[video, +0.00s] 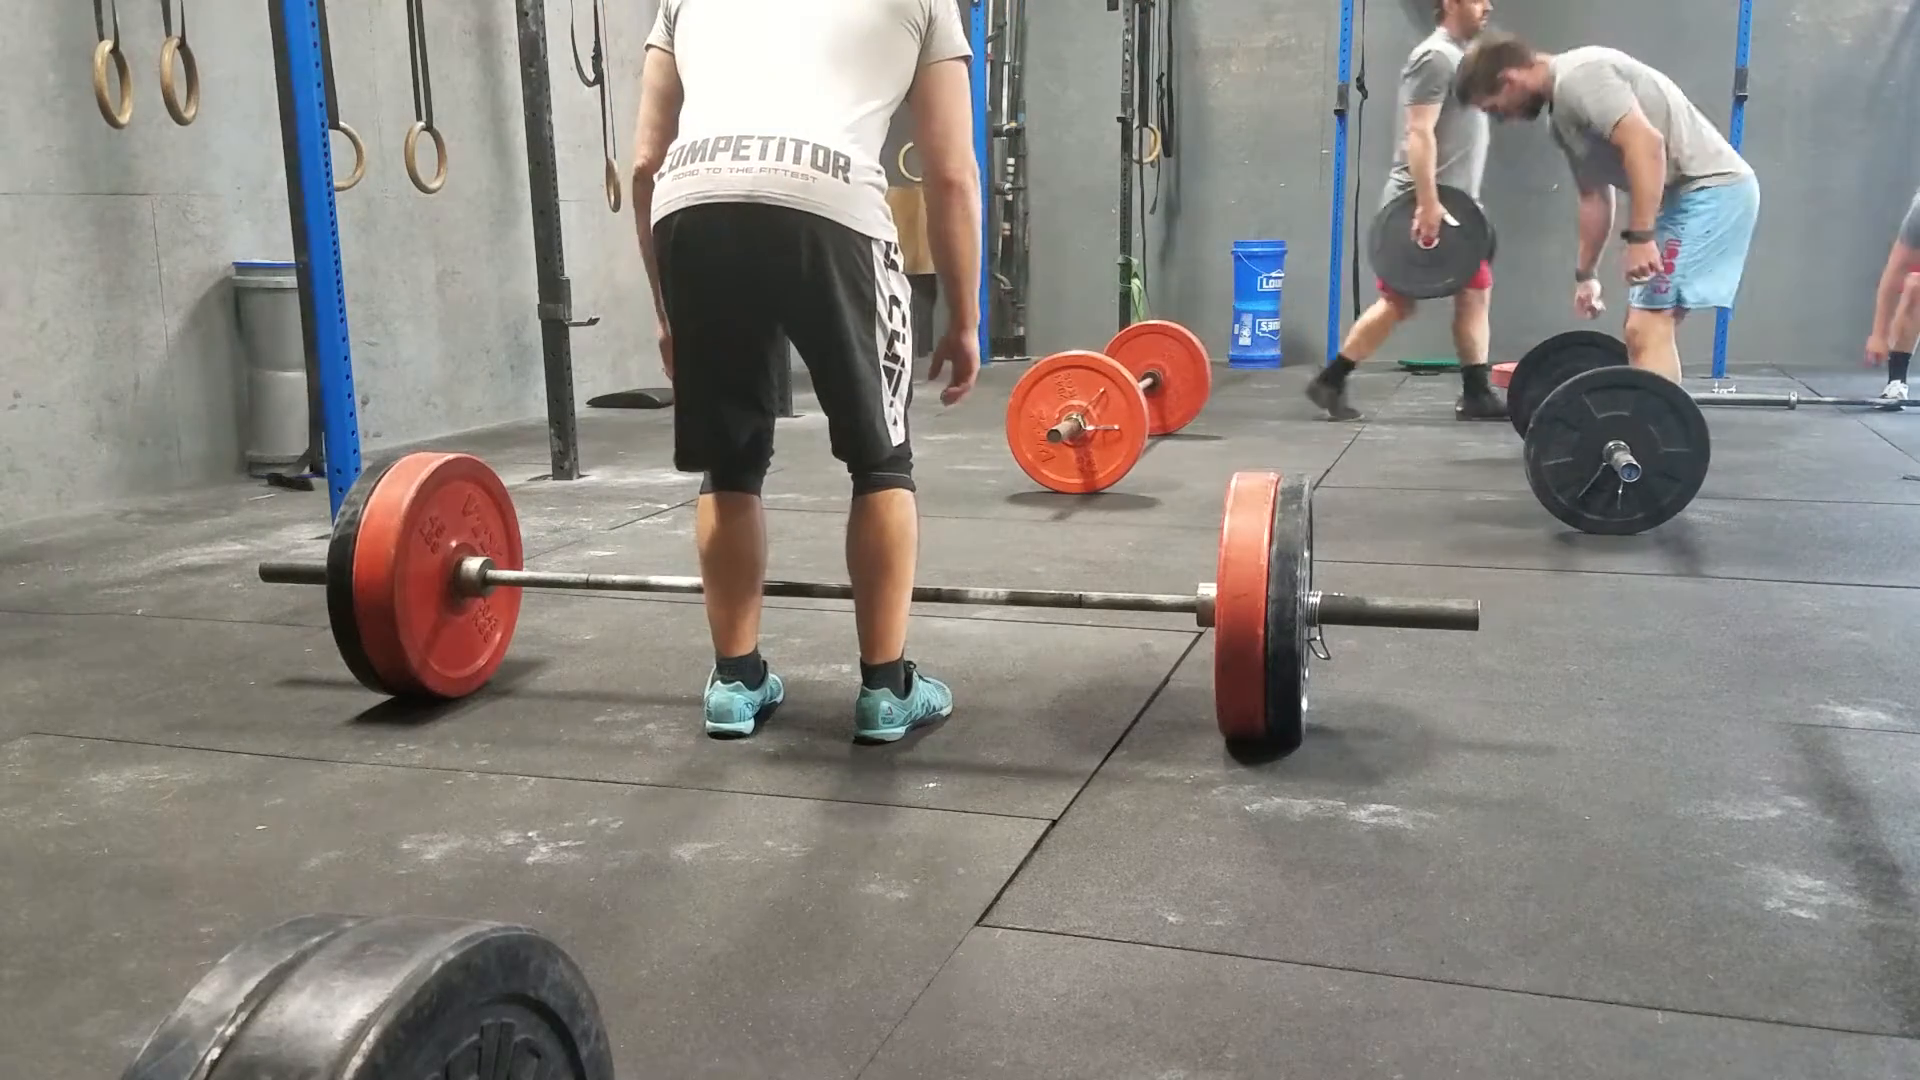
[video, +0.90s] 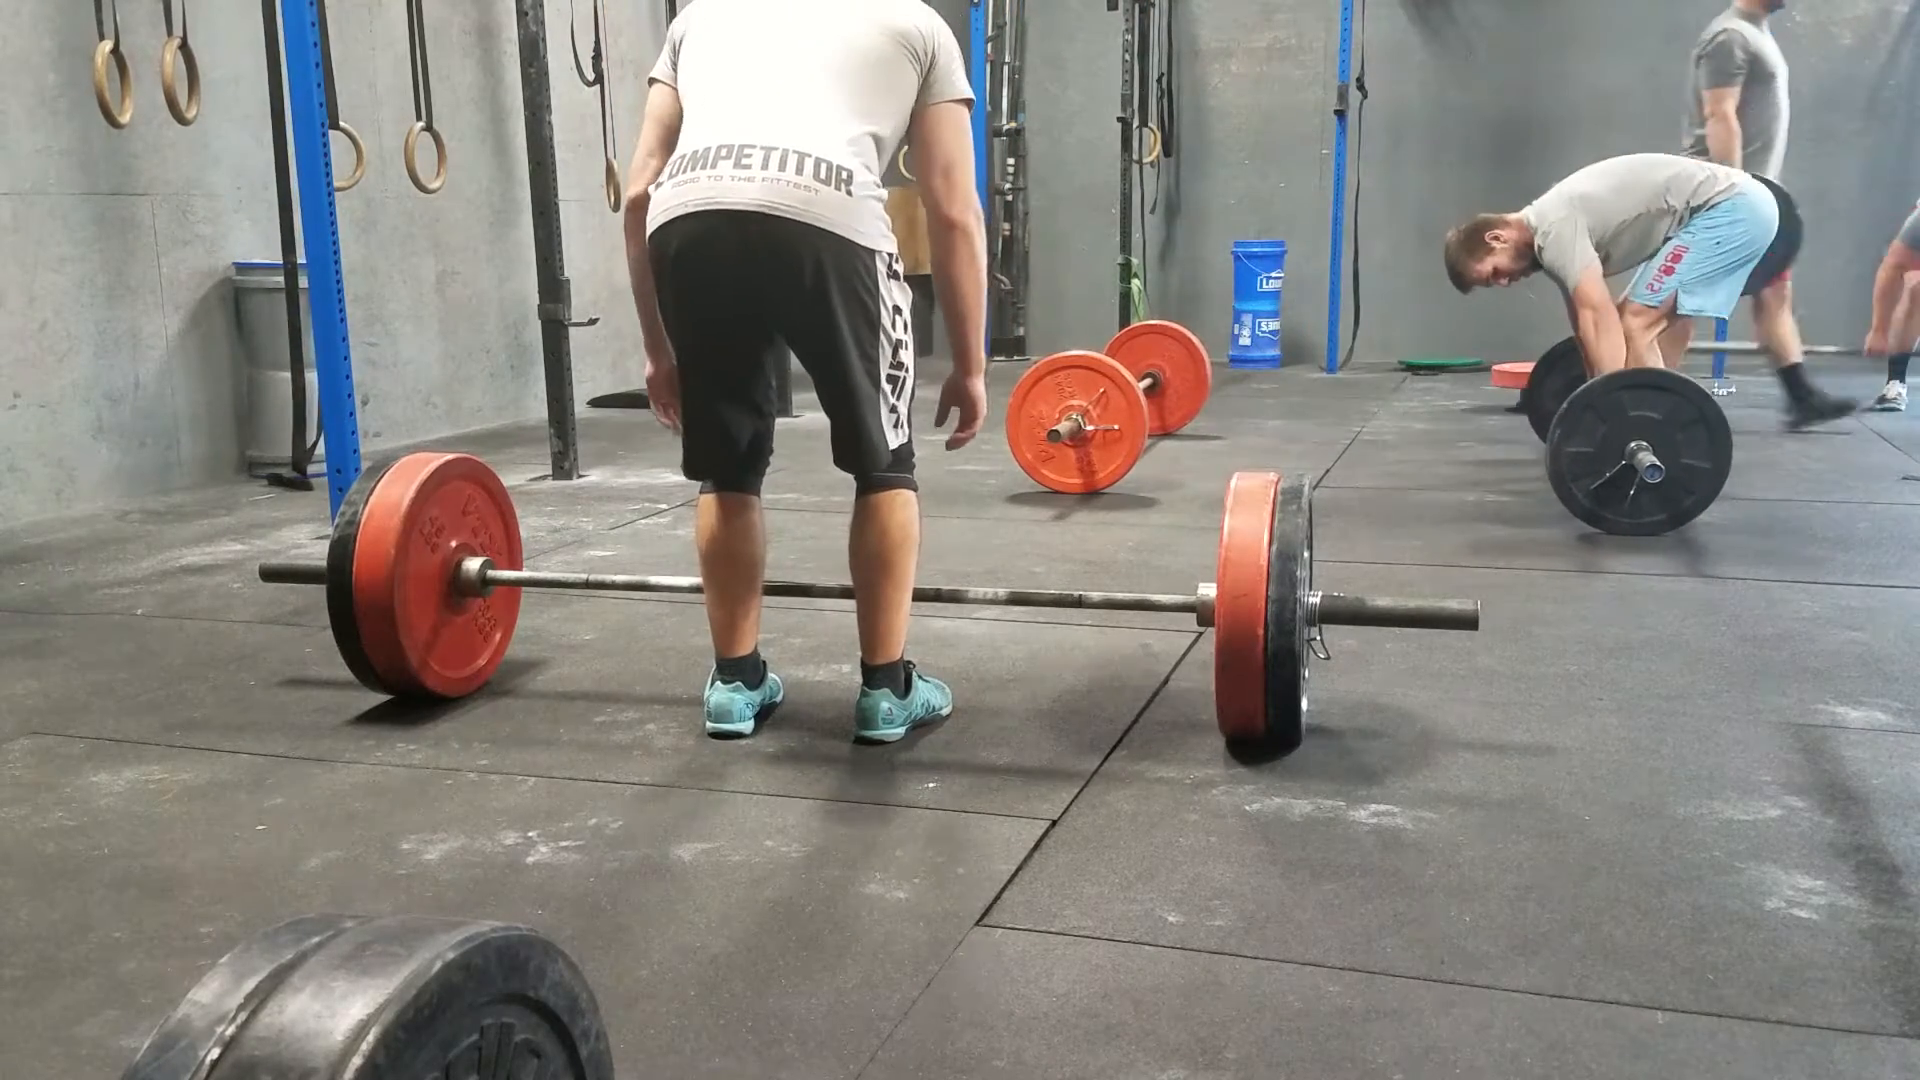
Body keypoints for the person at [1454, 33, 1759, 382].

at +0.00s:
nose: (1501, 119)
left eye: (1495, 109)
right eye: (1493, 114)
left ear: (1512, 76)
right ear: (1511, 76)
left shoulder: (1580, 77)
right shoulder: (1562, 115)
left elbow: (1645, 144)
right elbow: (1593, 195)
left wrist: (1640, 236)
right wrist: (1586, 274)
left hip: (1711, 188)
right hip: (1686, 192)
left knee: (1646, 328)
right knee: (1647, 331)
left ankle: (1659, 458)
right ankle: (1661, 457)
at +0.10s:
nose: (1497, 159)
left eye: (1490, 150)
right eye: (1488, 156)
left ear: (1501, 121)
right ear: (1500, 121)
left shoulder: (1569, 109)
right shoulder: (1555, 149)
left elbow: (1645, 164)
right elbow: (1586, 227)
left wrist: (1652, 252)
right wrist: (1580, 308)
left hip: (1721, 187)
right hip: (1699, 193)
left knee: (1650, 324)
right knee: (1646, 325)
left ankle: (1658, 455)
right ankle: (1658, 453)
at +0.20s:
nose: (1496, 197)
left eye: (1487, 189)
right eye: (1486, 195)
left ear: (1496, 161)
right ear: (1497, 158)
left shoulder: (1562, 138)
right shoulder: (1554, 178)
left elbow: (1644, 179)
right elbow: (1582, 258)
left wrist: (1663, 265)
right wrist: (1573, 339)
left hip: (1724, 191)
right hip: (1705, 198)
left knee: (1648, 324)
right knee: (1651, 328)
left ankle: (1658, 455)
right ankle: (1657, 455)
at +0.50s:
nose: (1499, 261)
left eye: (1488, 255)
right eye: (1489, 259)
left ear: (1488, 226)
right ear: (1491, 222)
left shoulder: (1547, 192)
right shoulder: (1548, 230)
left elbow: (1629, 227)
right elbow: (1577, 307)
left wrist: (1658, 309)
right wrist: (1580, 390)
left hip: (1726, 193)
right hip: (1705, 202)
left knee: (1634, 328)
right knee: (1631, 327)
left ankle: (1660, 452)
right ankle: (1653, 450)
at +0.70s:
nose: (1498, 274)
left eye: (1488, 267)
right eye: (1489, 275)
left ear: (1489, 233)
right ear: (1493, 229)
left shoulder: (1549, 212)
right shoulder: (1539, 233)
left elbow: (1615, 277)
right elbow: (1580, 310)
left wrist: (1622, 366)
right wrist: (1587, 387)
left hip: (1727, 198)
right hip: (1720, 202)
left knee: (1638, 324)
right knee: (1641, 329)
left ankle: (1656, 439)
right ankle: (1662, 439)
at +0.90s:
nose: (1504, 279)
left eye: (1494, 272)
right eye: (1494, 281)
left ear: (1498, 235)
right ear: (1503, 235)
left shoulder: (1556, 224)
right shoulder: (1553, 225)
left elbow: (1597, 319)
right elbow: (1591, 318)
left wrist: (1609, 413)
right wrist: (1601, 402)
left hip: (1731, 207)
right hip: (1744, 205)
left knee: (1632, 319)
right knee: (1663, 332)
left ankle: (1634, 438)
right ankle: (1657, 443)